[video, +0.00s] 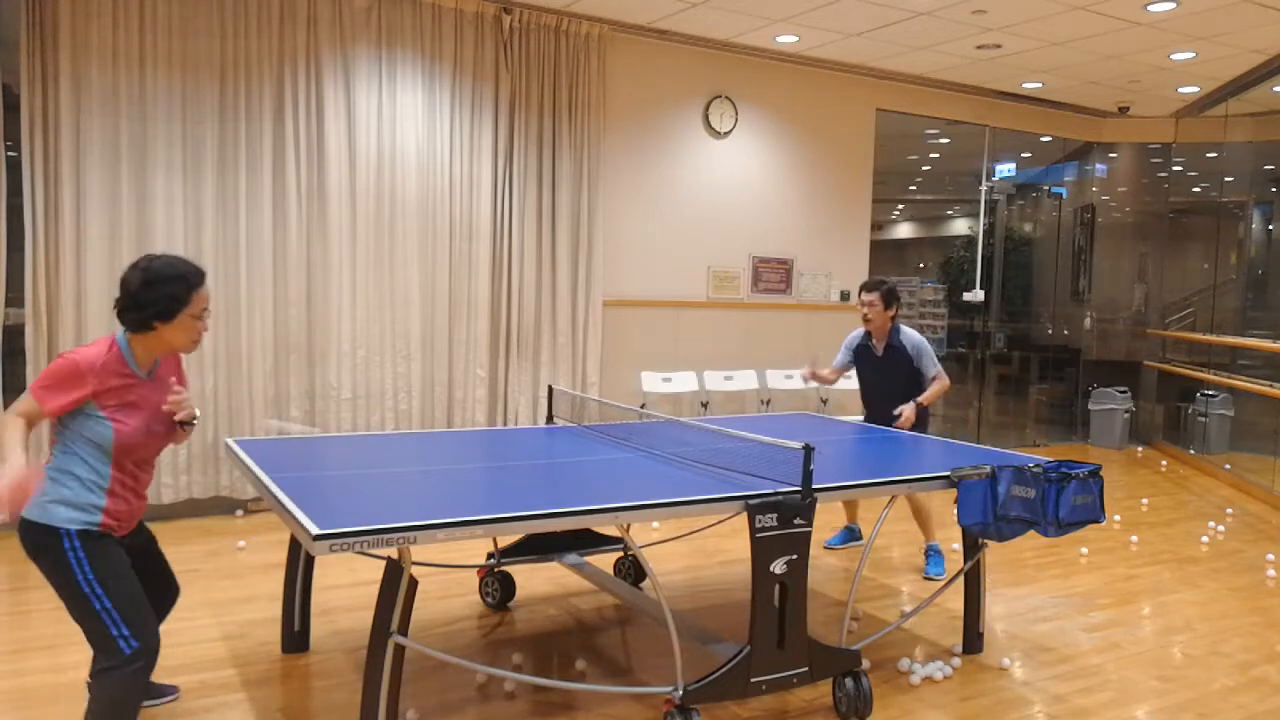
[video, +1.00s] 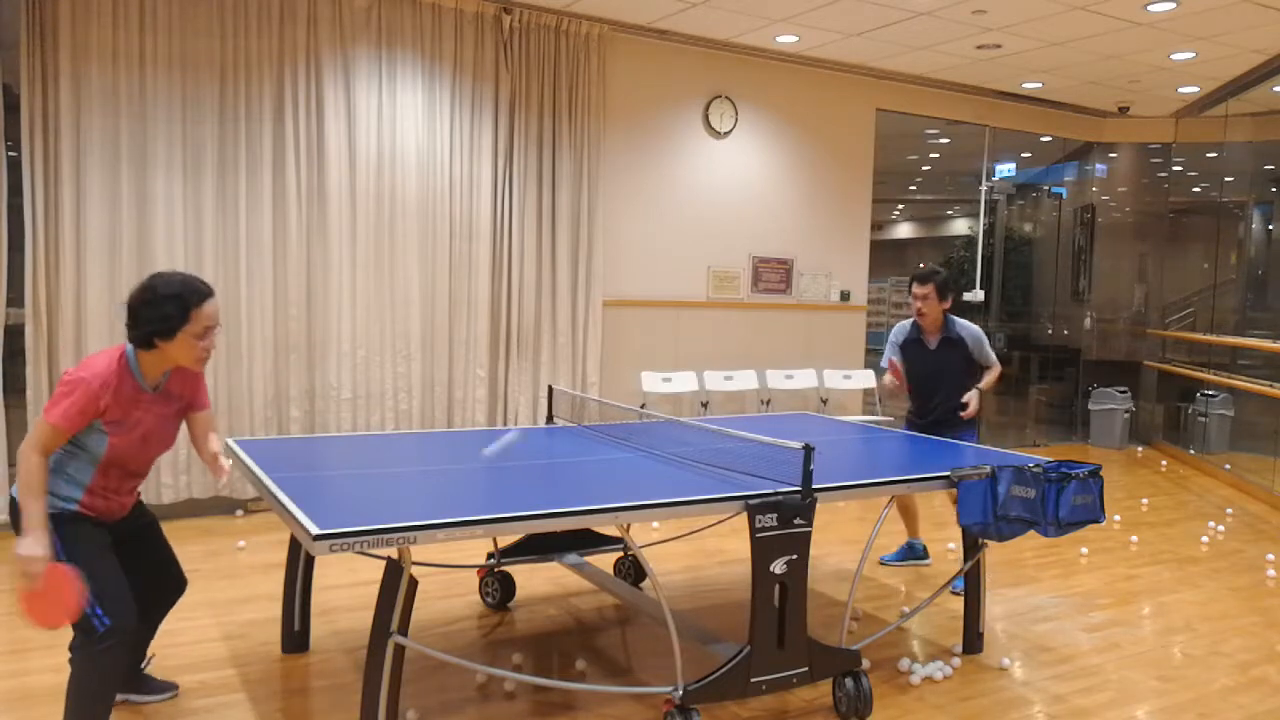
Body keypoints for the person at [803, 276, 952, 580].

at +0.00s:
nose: (865, 311)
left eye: (872, 305)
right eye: (862, 305)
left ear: (891, 311)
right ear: (859, 307)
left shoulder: (912, 341)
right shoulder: (856, 340)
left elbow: (942, 382)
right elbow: (834, 375)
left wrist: (916, 405)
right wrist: (815, 375)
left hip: (909, 429)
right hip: (872, 427)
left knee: (911, 485)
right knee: (844, 470)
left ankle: (932, 548)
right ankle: (852, 527)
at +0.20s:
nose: (873, 307)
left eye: (880, 301)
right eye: (870, 301)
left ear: (899, 307)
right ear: (867, 304)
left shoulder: (922, 335)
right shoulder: (862, 335)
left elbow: (952, 368)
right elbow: (847, 379)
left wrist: (936, 396)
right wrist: (852, 380)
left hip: (918, 425)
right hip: (879, 422)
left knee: (933, 484)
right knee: (854, 471)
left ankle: (953, 548)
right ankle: (852, 526)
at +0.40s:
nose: (907, 322)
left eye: (915, 315)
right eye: (903, 314)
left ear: (935, 314)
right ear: (899, 312)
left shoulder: (956, 341)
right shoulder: (887, 340)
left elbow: (976, 374)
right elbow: (866, 381)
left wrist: (969, 403)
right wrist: (886, 385)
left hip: (943, 433)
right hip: (899, 432)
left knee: (953, 496)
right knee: (873, 476)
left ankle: (963, 560)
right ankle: (858, 528)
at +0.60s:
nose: (936, 324)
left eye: (944, 317)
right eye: (931, 316)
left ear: (962, 316)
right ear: (924, 313)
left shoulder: (979, 340)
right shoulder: (909, 339)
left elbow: (995, 368)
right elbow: (883, 381)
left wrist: (1001, 396)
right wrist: (899, 394)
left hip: (960, 428)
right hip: (916, 427)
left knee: (965, 492)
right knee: (889, 473)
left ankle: (965, 562)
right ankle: (881, 531)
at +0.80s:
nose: (937, 308)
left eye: (946, 302)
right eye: (933, 301)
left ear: (963, 305)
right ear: (927, 301)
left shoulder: (982, 335)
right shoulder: (911, 331)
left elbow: (998, 364)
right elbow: (889, 379)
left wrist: (996, 389)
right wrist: (901, 388)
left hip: (961, 426)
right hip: (918, 425)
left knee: (964, 490)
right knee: (896, 477)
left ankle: (964, 559)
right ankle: (907, 537)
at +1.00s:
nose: (918, 305)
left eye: (925, 298)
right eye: (914, 298)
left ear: (946, 302)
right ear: (909, 300)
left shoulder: (968, 333)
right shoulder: (901, 332)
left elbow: (994, 367)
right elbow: (889, 380)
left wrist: (978, 391)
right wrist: (893, 382)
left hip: (958, 424)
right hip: (918, 422)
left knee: (956, 488)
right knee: (899, 480)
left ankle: (972, 563)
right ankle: (915, 544)